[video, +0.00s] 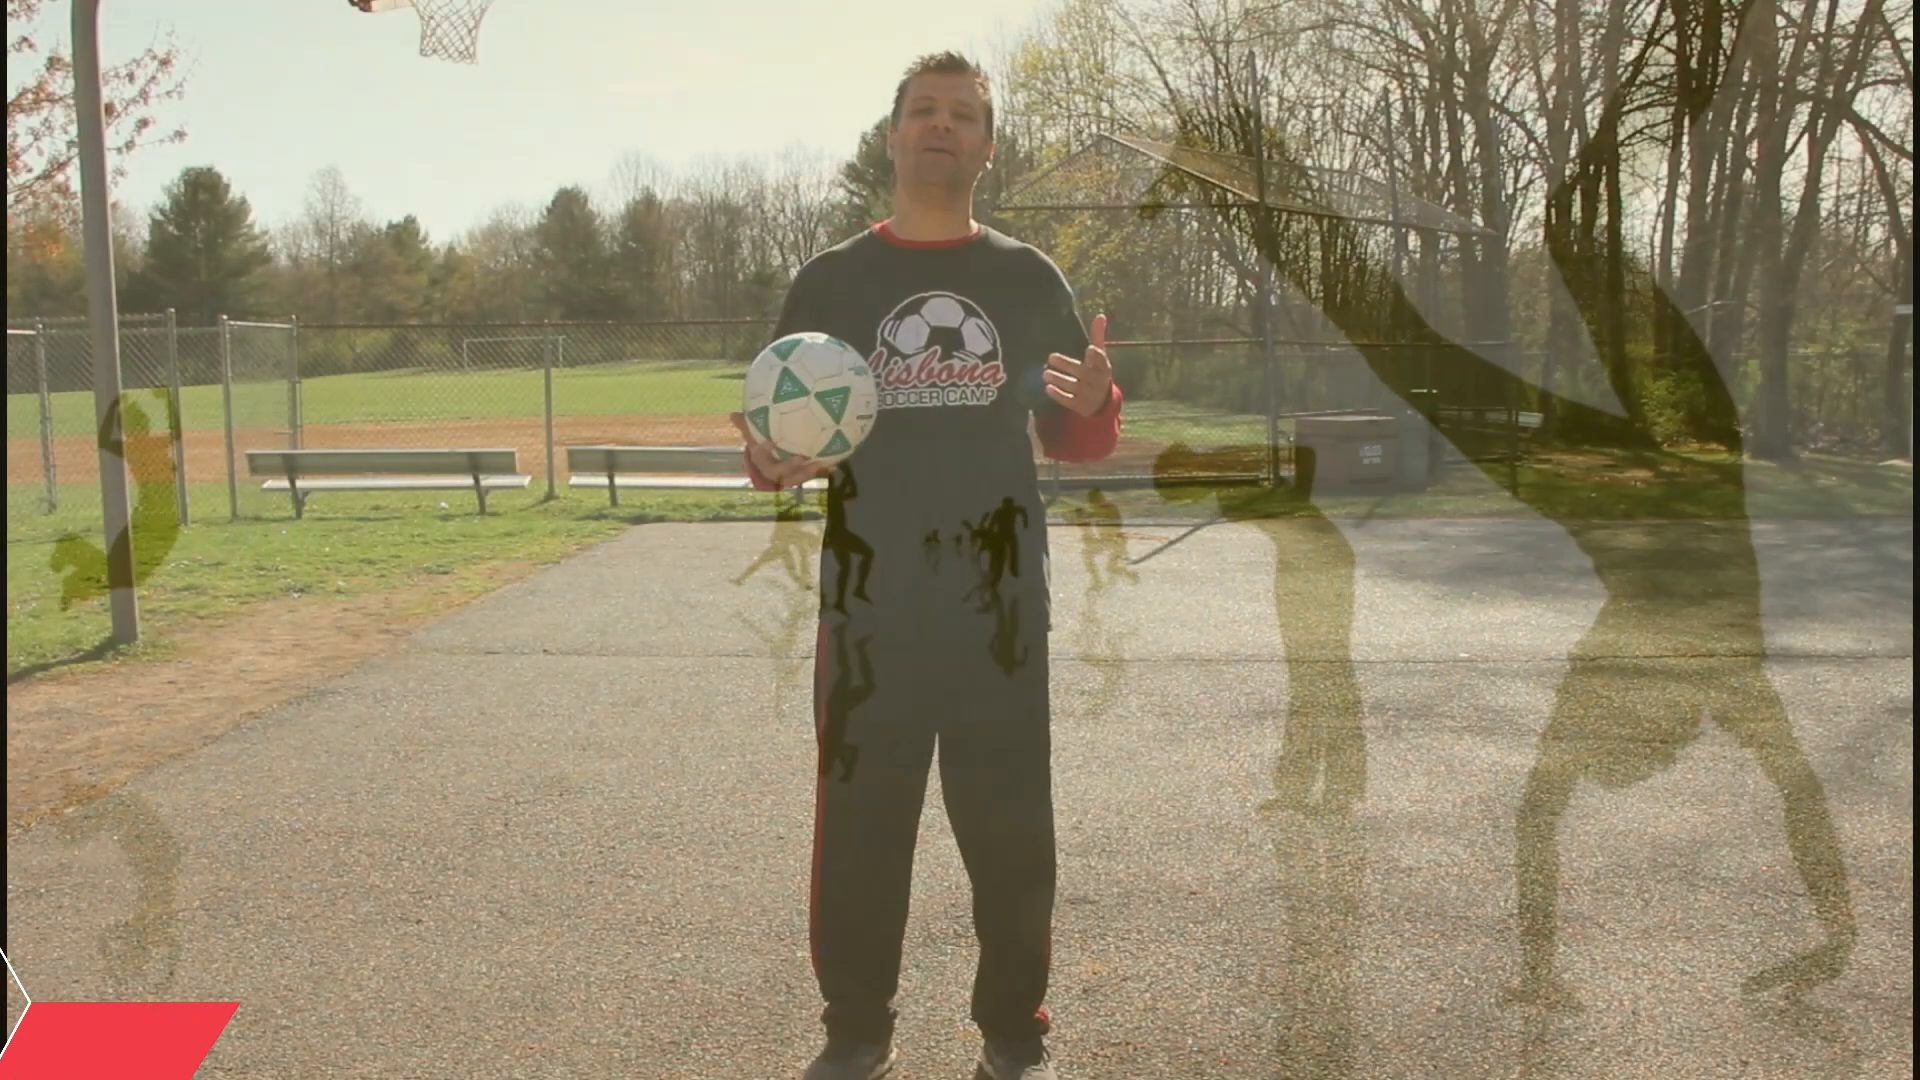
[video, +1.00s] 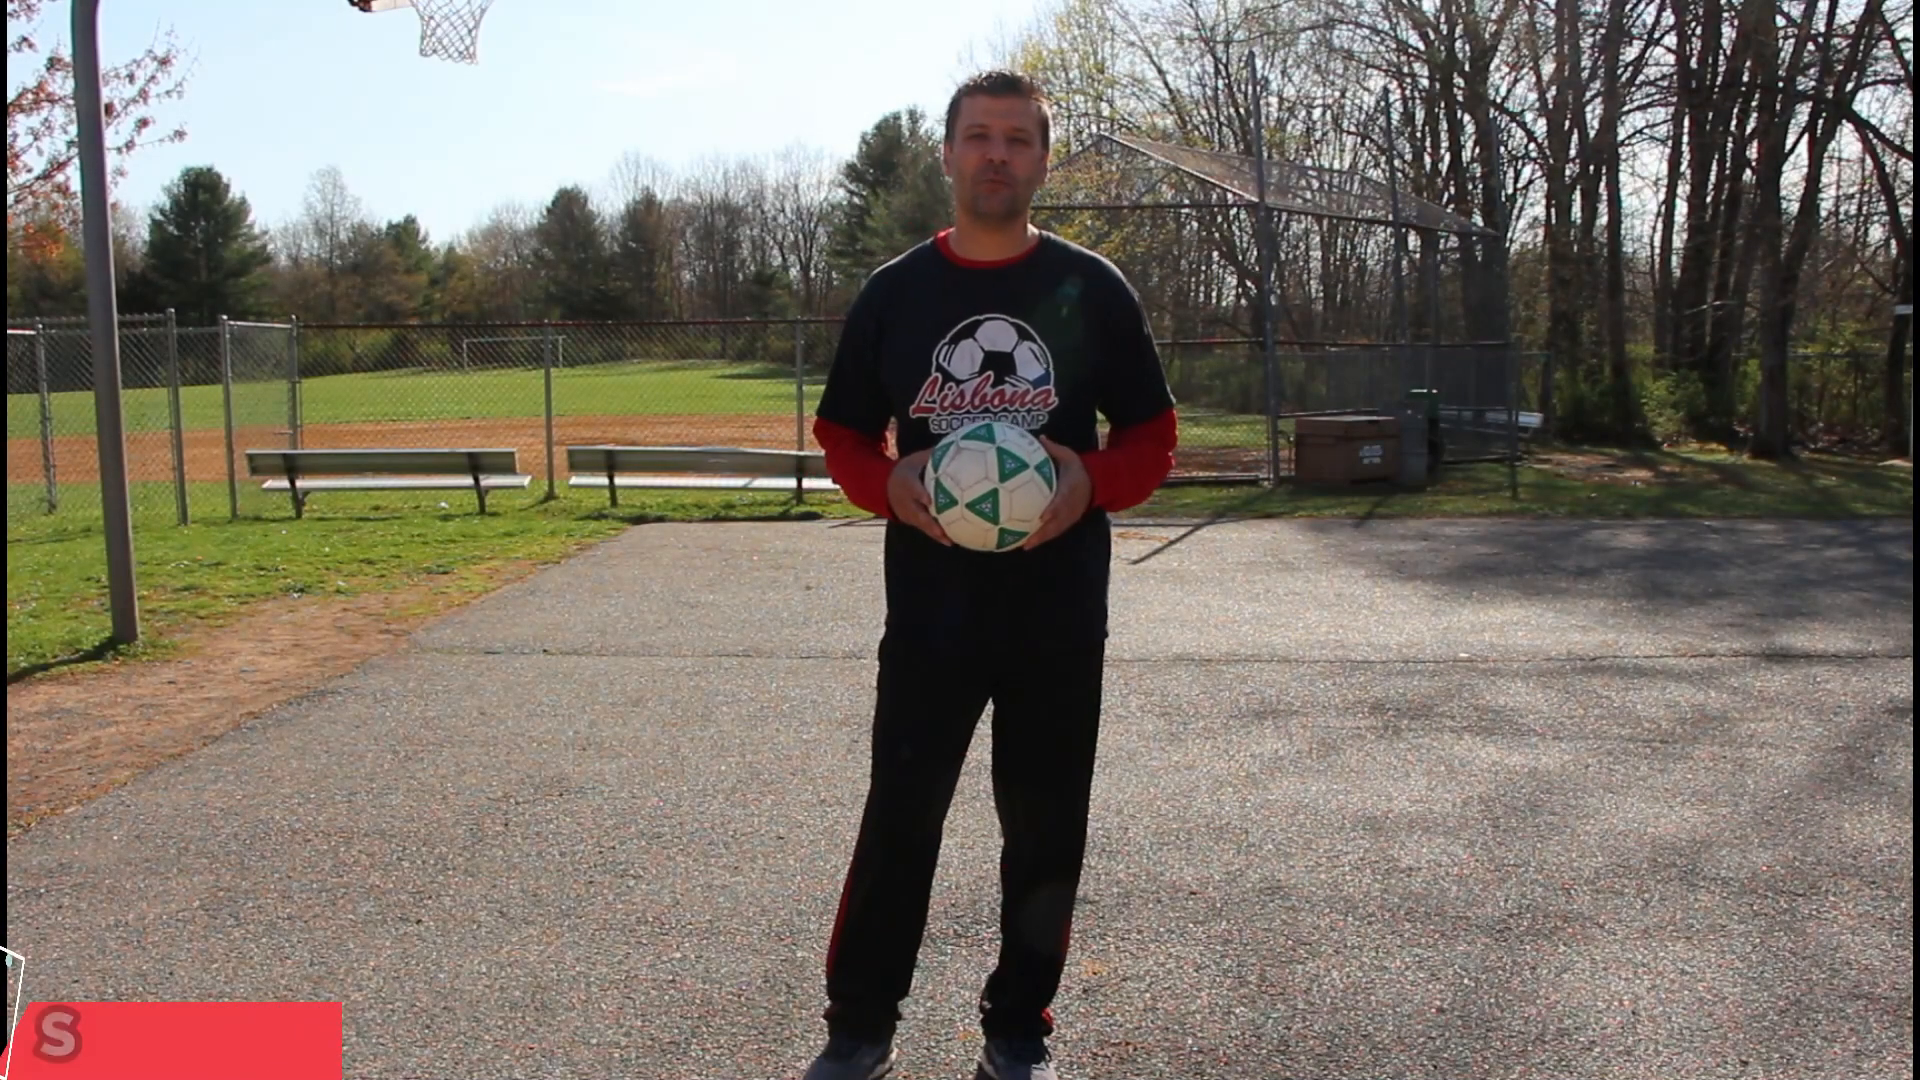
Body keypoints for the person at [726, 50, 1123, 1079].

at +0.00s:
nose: (941, 128)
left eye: (964, 115)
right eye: (923, 111)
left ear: (989, 147)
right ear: (891, 137)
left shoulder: (1029, 277)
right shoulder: (828, 282)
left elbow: (1072, 444)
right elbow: (787, 432)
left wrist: (1094, 410)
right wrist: (772, 461)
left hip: (999, 577)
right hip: (871, 576)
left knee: (1009, 812)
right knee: (860, 809)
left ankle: (1014, 1033)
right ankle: (853, 1030)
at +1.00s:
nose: (997, 156)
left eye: (1018, 140)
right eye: (978, 138)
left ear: (1045, 159)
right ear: (948, 154)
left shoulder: (1093, 288)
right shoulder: (893, 292)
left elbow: (1155, 430)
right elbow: (841, 427)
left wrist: (1094, 479)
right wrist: (887, 487)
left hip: (1058, 601)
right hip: (932, 597)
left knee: (1047, 823)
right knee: (899, 814)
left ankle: (1020, 1029)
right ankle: (858, 1027)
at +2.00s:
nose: (965, 140)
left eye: (987, 127)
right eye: (946, 124)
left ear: (1013, 153)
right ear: (915, 145)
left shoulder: (1059, 285)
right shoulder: (856, 289)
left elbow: (1118, 430)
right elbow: (806, 425)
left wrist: (1060, 466)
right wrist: (853, 471)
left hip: (1024, 596)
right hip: (895, 594)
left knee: (1028, 819)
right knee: (878, 815)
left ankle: (1019, 1032)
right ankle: (857, 1027)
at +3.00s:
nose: (876, 140)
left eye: (893, 123)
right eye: (854, 127)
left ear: (924, 142)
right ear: (829, 153)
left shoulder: (981, 282)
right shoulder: (780, 292)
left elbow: (1042, 433)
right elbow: (726, 439)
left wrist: (986, 449)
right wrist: (778, 451)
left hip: (941, 592)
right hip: (815, 598)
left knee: (973, 810)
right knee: (830, 815)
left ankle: (1013, 1025)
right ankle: (852, 1022)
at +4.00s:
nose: (901, 137)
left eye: (926, 126)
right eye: (887, 119)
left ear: (957, 155)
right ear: (861, 139)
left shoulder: (998, 279)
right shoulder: (796, 285)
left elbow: (1060, 430)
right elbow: (736, 419)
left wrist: (1019, 422)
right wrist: (768, 450)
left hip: (965, 594)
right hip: (837, 597)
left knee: (988, 817)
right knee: (842, 820)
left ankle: (1014, 1032)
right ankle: (854, 1027)